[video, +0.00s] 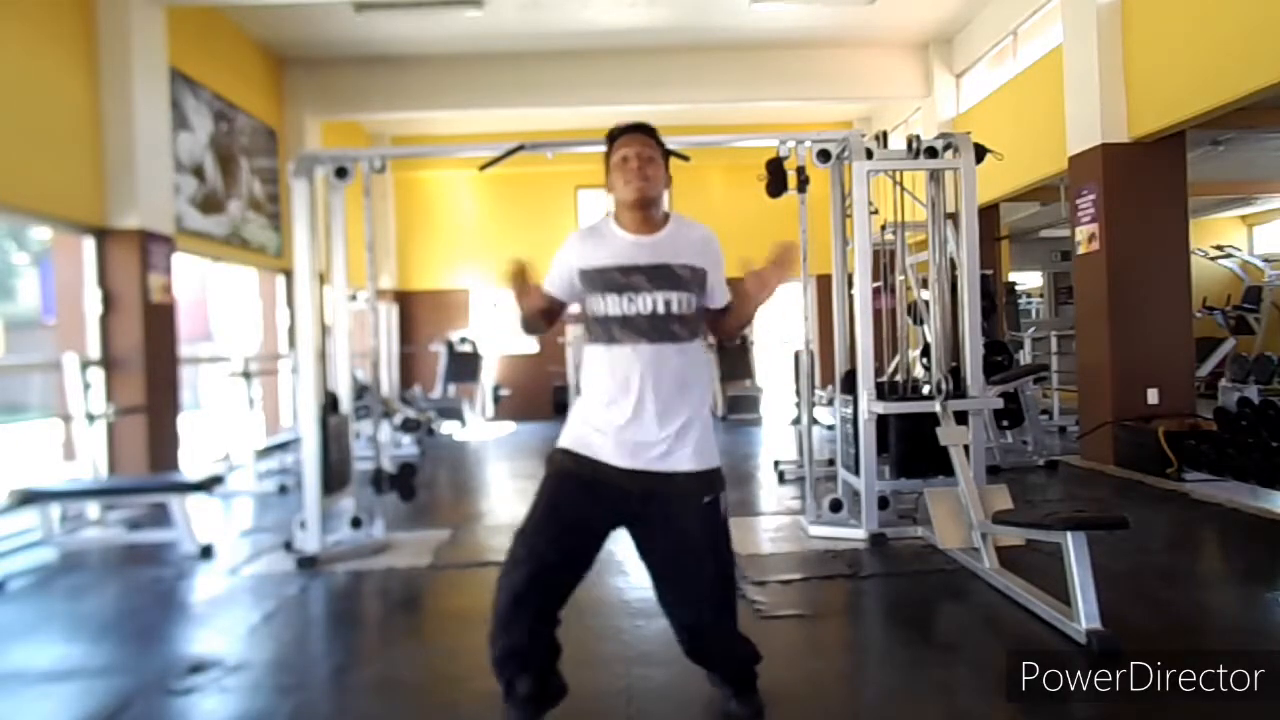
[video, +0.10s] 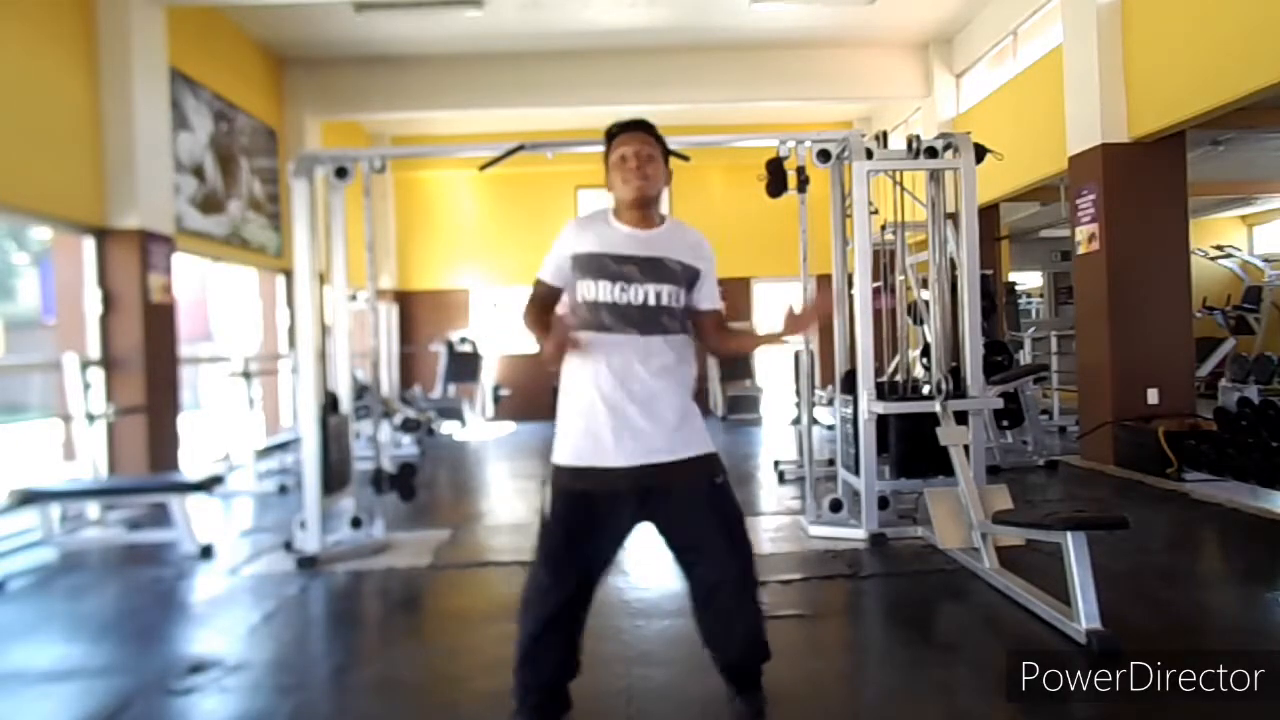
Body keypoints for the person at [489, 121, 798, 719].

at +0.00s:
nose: (637, 166)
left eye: (649, 157)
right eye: (624, 160)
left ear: (667, 175)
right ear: (607, 180)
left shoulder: (699, 243)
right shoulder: (582, 247)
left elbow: (721, 329)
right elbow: (542, 324)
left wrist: (753, 296)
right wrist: (530, 302)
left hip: (682, 458)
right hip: (592, 450)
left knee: (704, 614)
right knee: (522, 596)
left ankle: (739, 689)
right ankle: (530, 702)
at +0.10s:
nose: (637, 166)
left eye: (648, 157)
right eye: (624, 159)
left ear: (667, 171)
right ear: (607, 175)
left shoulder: (692, 247)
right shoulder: (578, 237)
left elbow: (718, 338)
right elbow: (536, 309)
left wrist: (785, 331)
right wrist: (551, 334)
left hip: (679, 446)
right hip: (591, 451)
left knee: (727, 576)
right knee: (554, 594)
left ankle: (748, 691)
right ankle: (537, 708)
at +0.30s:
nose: (636, 176)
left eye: (646, 166)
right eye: (623, 170)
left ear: (669, 179)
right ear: (608, 190)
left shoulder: (706, 246)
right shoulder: (589, 256)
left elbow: (728, 344)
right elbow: (537, 344)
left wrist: (732, 425)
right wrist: (473, 417)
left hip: (688, 469)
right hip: (596, 466)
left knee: (719, 606)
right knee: (556, 608)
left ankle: (743, 700)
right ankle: (535, 704)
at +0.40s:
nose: (637, 166)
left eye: (648, 155)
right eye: (623, 160)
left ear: (670, 166)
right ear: (609, 177)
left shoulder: (710, 233)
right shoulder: (588, 241)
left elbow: (731, 328)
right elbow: (547, 324)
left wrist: (726, 410)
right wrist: (517, 388)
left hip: (687, 455)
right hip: (600, 452)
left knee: (710, 614)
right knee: (547, 614)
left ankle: (746, 697)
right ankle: (555, 706)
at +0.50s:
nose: (639, 167)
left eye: (649, 155)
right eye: (626, 159)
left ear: (674, 163)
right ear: (611, 172)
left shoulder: (707, 230)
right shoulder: (586, 232)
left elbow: (738, 325)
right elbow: (556, 324)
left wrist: (748, 414)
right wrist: (548, 414)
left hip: (692, 448)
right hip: (600, 451)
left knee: (733, 578)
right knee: (574, 598)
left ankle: (753, 694)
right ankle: (565, 708)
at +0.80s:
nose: (609, 207)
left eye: (616, 190)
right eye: (598, 196)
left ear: (654, 169)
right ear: (588, 190)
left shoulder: (723, 238)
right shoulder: (595, 247)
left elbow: (738, 338)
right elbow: (579, 331)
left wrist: (783, 287)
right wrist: (553, 333)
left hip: (703, 481)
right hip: (601, 474)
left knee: (738, 666)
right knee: (538, 645)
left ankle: (772, 709)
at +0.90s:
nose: (605, 206)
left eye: (613, 190)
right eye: (594, 195)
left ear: (652, 171)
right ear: (587, 189)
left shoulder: (717, 242)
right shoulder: (587, 252)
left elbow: (745, 329)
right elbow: (553, 331)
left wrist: (804, 355)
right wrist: (535, 367)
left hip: (699, 471)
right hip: (598, 478)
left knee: (755, 591)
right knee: (560, 628)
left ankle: (780, 710)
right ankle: (541, 719)